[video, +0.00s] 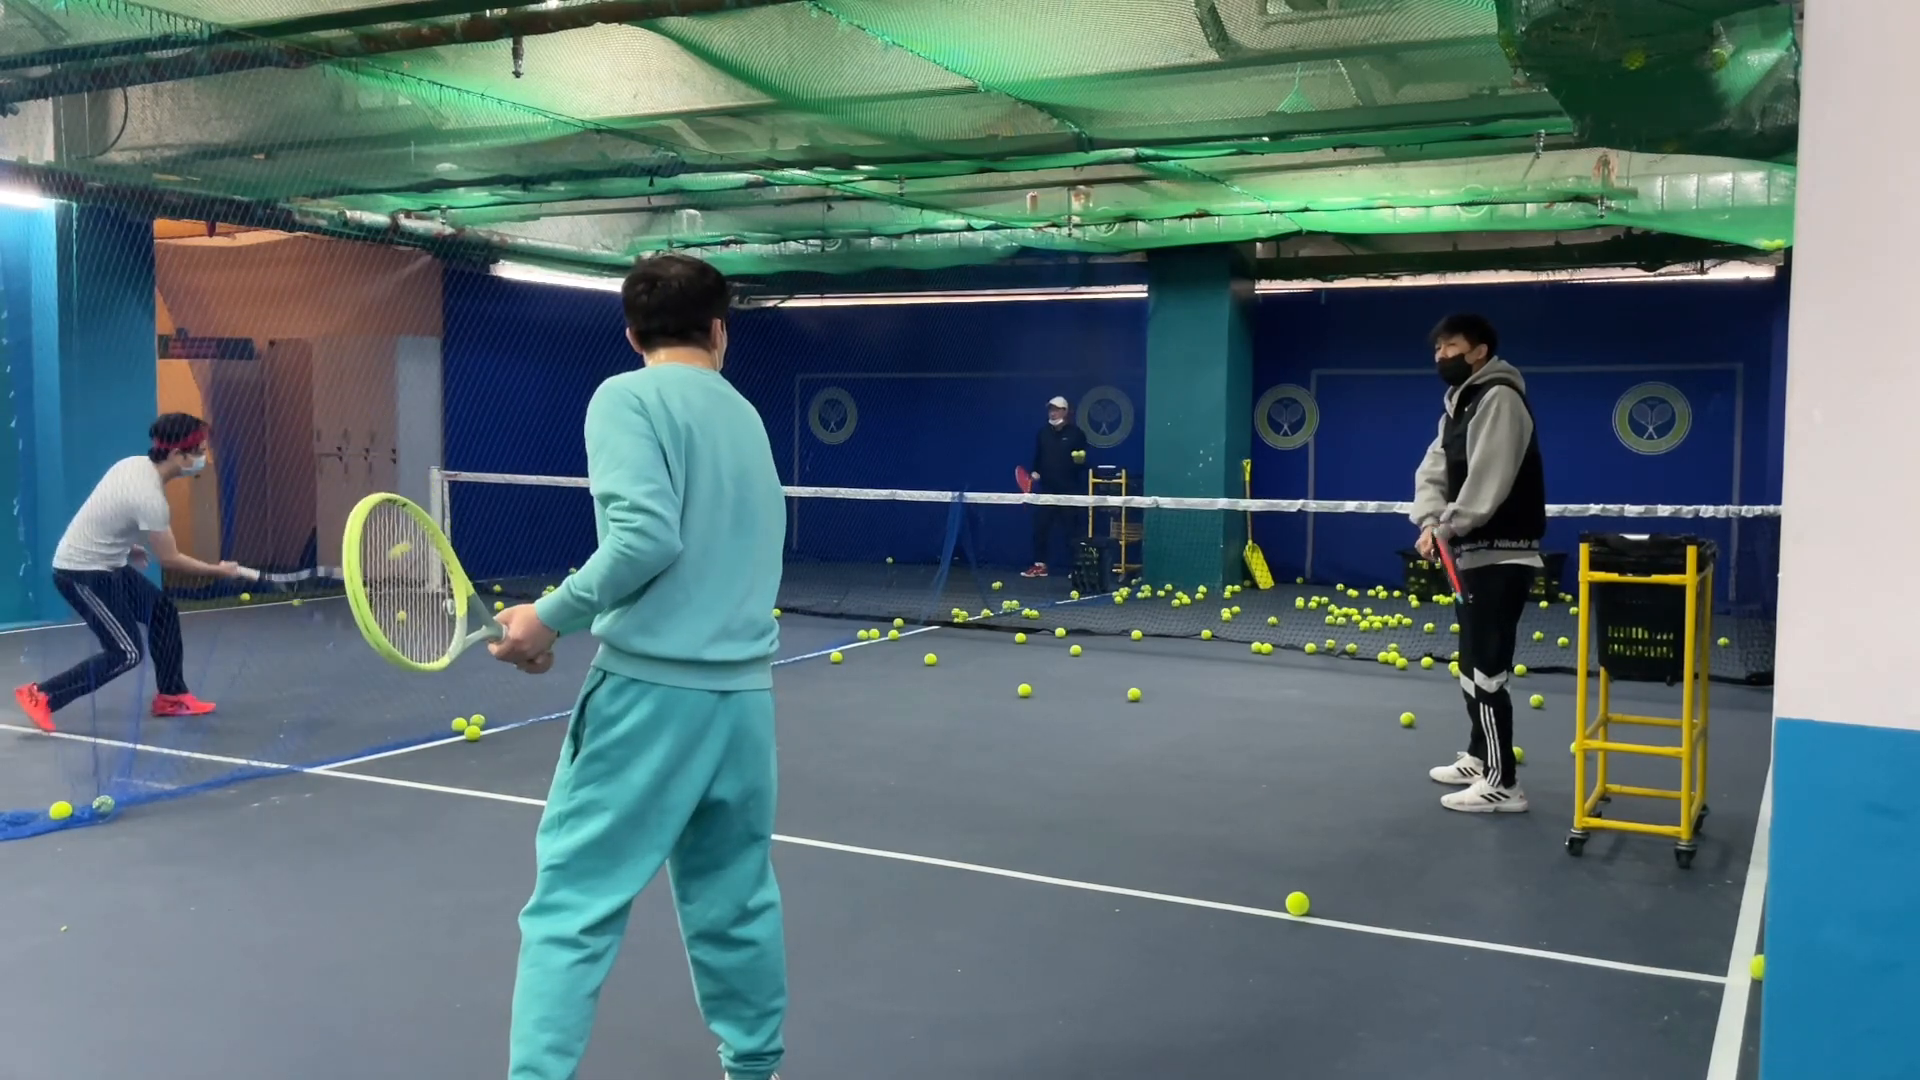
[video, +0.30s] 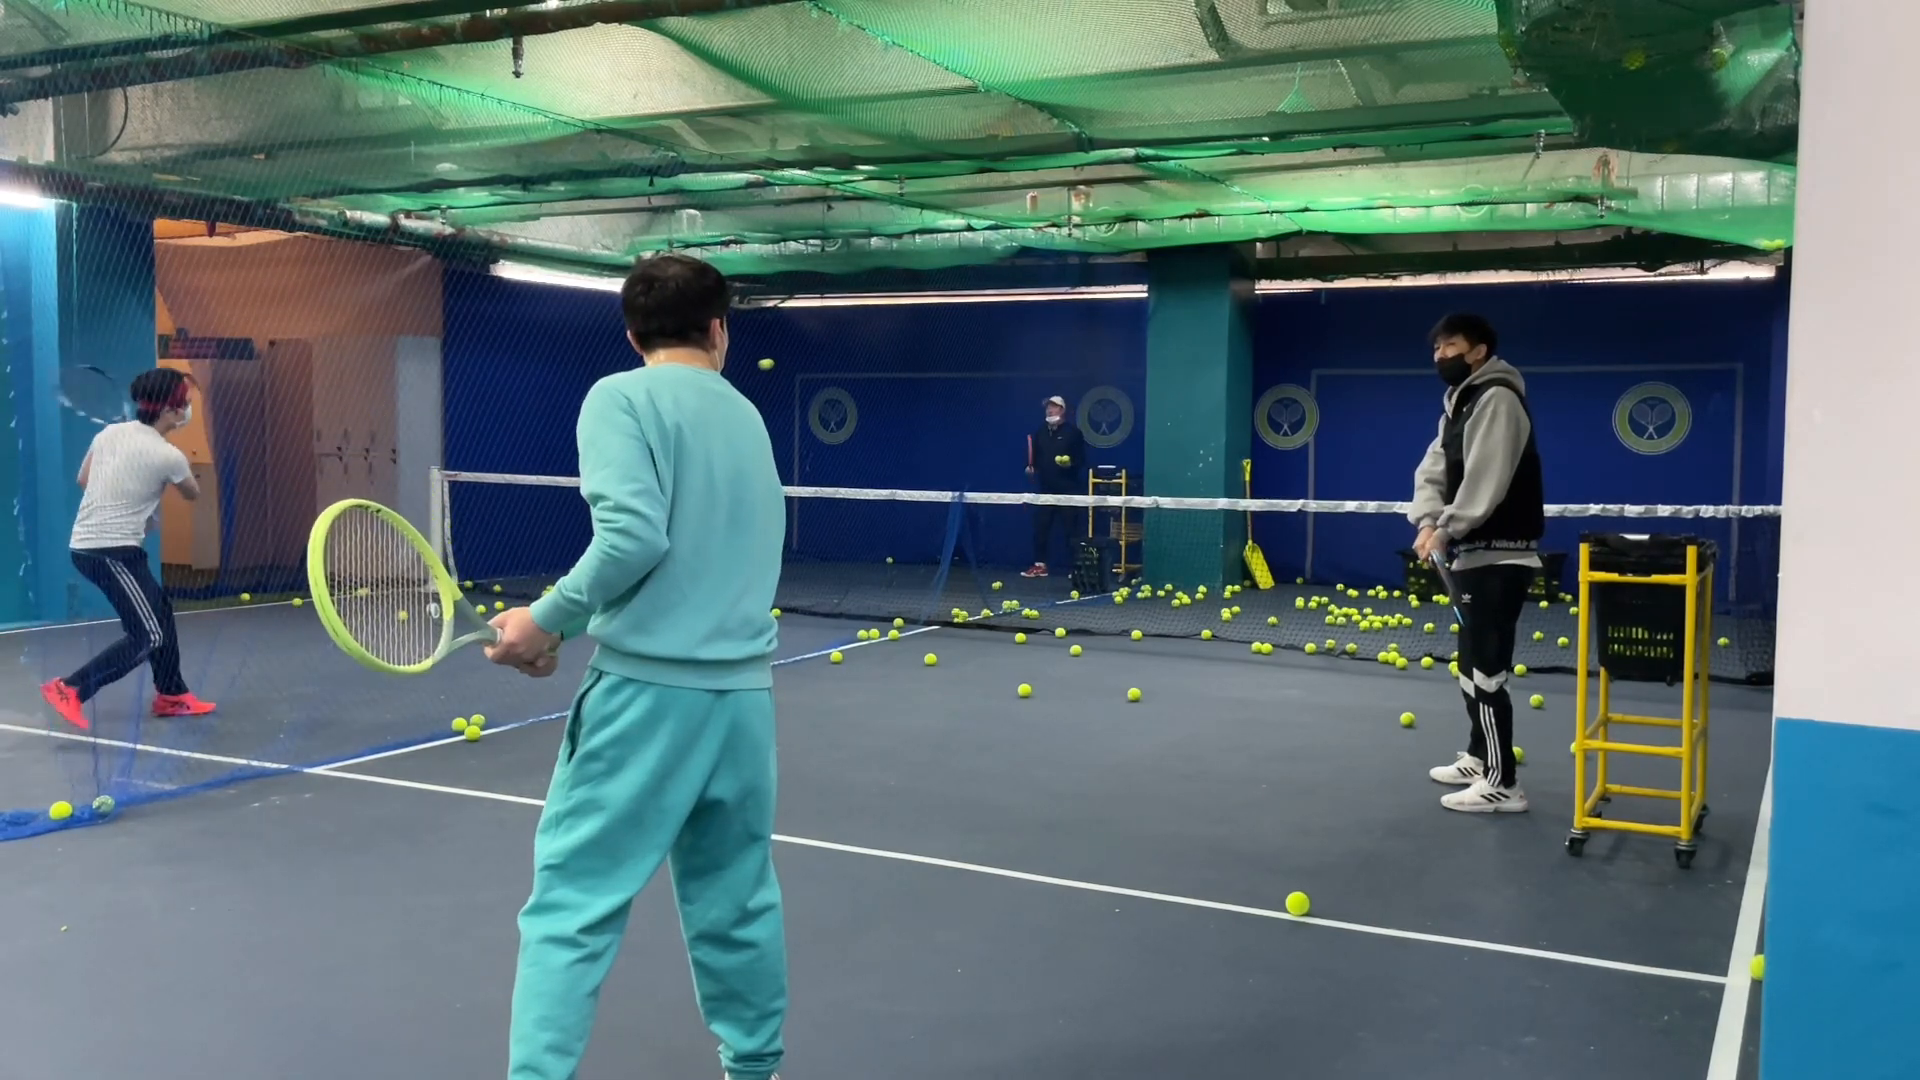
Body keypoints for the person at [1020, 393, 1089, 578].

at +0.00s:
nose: (1052, 413)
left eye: (1056, 409)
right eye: (1050, 409)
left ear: (1065, 412)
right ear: (1048, 411)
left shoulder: (1076, 433)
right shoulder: (1043, 433)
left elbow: (1084, 461)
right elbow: (1039, 457)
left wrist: (1080, 459)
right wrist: (1035, 472)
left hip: (1070, 485)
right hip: (1047, 485)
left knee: (1072, 526)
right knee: (1041, 525)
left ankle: (1076, 567)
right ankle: (1040, 564)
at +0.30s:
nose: (1051, 410)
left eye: (1055, 407)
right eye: (1049, 407)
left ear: (1063, 410)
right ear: (1046, 410)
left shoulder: (1073, 433)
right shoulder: (1039, 434)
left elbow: (1081, 459)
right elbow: (1034, 460)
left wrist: (1070, 462)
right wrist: (1031, 468)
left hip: (1068, 487)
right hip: (1045, 486)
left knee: (1071, 528)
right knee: (1041, 526)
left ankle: (1076, 567)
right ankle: (1040, 564)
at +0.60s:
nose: (1056, 414)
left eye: (1060, 411)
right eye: (1054, 411)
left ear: (1067, 412)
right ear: (1050, 413)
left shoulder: (1076, 433)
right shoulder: (1045, 432)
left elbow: (1084, 459)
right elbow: (1034, 452)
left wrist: (1078, 461)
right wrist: (1048, 452)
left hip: (1070, 485)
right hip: (1048, 484)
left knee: (1071, 525)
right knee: (1044, 524)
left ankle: (1074, 565)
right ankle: (1040, 563)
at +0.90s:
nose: (1068, 409)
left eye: (1071, 406)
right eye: (1065, 406)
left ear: (1076, 409)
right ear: (1058, 408)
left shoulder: (1081, 430)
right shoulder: (1050, 426)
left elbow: (1088, 449)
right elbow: (1035, 447)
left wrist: (1094, 452)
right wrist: (1040, 453)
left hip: (1074, 482)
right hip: (1051, 482)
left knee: (1074, 525)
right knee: (1047, 524)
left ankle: (1073, 565)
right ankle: (1043, 564)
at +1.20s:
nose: (1057, 411)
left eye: (1060, 409)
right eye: (1053, 408)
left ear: (1065, 412)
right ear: (1047, 411)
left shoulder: (1071, 435)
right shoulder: (1038, 433)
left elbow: (1075, 461)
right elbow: (1021, 455)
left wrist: (1085, 458)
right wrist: (1018, 476)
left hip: (1065, 488)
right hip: (1042, 489)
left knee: (1073, 526)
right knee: (1042, 529)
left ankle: (1071, 562)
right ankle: (1044, 566)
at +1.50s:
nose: (1039, 411)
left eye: (1043, 408)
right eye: (1036, 408)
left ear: (1050, 410)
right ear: (1032, 411)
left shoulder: (1059, 433)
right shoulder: (1025, 433)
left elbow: (1071, 459)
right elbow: (1015, 457)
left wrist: (1062, 459)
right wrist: (1009, 478)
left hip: (1053, 485)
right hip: (1032, 484)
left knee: (1049, 524)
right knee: (1036, 525)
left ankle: (1046, 565)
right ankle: (1042, 565)